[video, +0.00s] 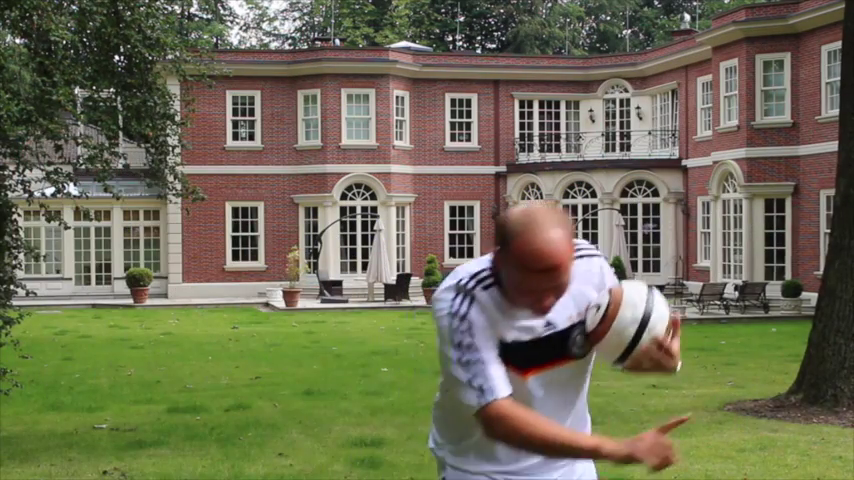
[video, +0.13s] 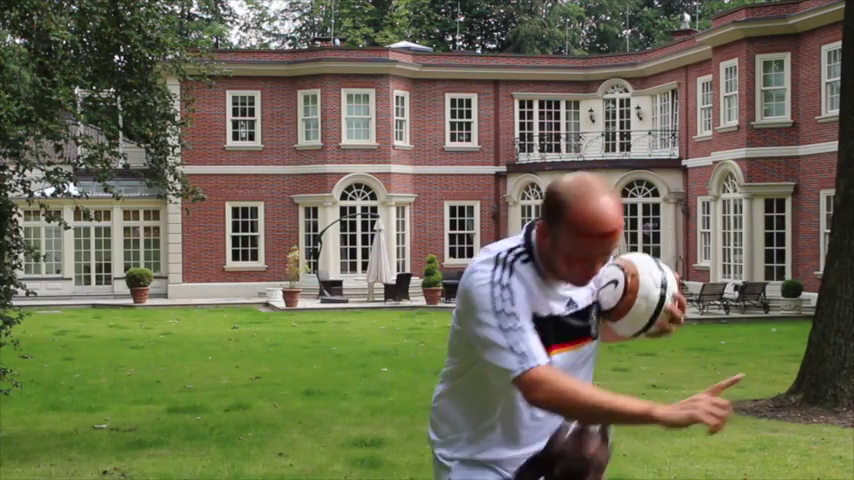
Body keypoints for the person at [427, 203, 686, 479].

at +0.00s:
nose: (546, 302)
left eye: (556, 288)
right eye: (532, 291)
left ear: (571, 259)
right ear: (500, 263)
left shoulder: (590, 268)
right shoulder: (462, 301)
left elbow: (626, 330)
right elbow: (497, 418)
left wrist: (663, 359)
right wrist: (614, 448)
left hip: (568, 463)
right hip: (480, 466)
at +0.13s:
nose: (596, 268)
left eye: (605, 256)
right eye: (584, 258)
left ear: (614, 236)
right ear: (543, 234)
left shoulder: (596, 269)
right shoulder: (492, 279)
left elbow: (594, 325)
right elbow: (538, 386)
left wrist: (651, 318)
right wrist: (661, 412)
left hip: (555, 452)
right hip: (479, 461)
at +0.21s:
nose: (607, 252)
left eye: (617, 240)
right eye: (596, 240)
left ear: (625, 221)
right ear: (556, 216)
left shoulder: (582, 256)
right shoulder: (505, 268)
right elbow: (575, 369)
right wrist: (700, 396)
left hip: (553, 453)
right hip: (481, 460)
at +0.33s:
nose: (614, 233)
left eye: (620, 220)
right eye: (607, 222)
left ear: (565, 202)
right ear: (565, 207)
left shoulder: (545, 238)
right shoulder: (518, 264)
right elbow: (619, 354)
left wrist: (588, 262)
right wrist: (745, 366)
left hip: (543, 457)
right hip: (480, 461)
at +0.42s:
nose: (605, 225)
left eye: (609, 214)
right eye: (601, 214)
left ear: (562, 201)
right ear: (565, 207)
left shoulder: (528, 235)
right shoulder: (516, 267)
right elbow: (625, 352)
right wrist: (745, 354)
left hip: (543, 438)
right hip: (488, 450)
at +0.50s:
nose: (598, 221)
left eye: (602, 209)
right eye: (597, 208)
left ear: (550, 197)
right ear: (564, 204)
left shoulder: (479, 226)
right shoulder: (522, 266)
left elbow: (434, 289)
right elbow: (625, 356)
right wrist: (724, 358)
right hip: (492, 445)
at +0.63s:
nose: (590, 223)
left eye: (595, 213)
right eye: (591, 211)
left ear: (526, 195)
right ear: (563, 204)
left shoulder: (458, 232)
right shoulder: (526, 262)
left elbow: (402, 306)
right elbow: (609, 360)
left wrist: (480, 316)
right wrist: (682, 375)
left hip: (430, 433)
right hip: (483, 451)